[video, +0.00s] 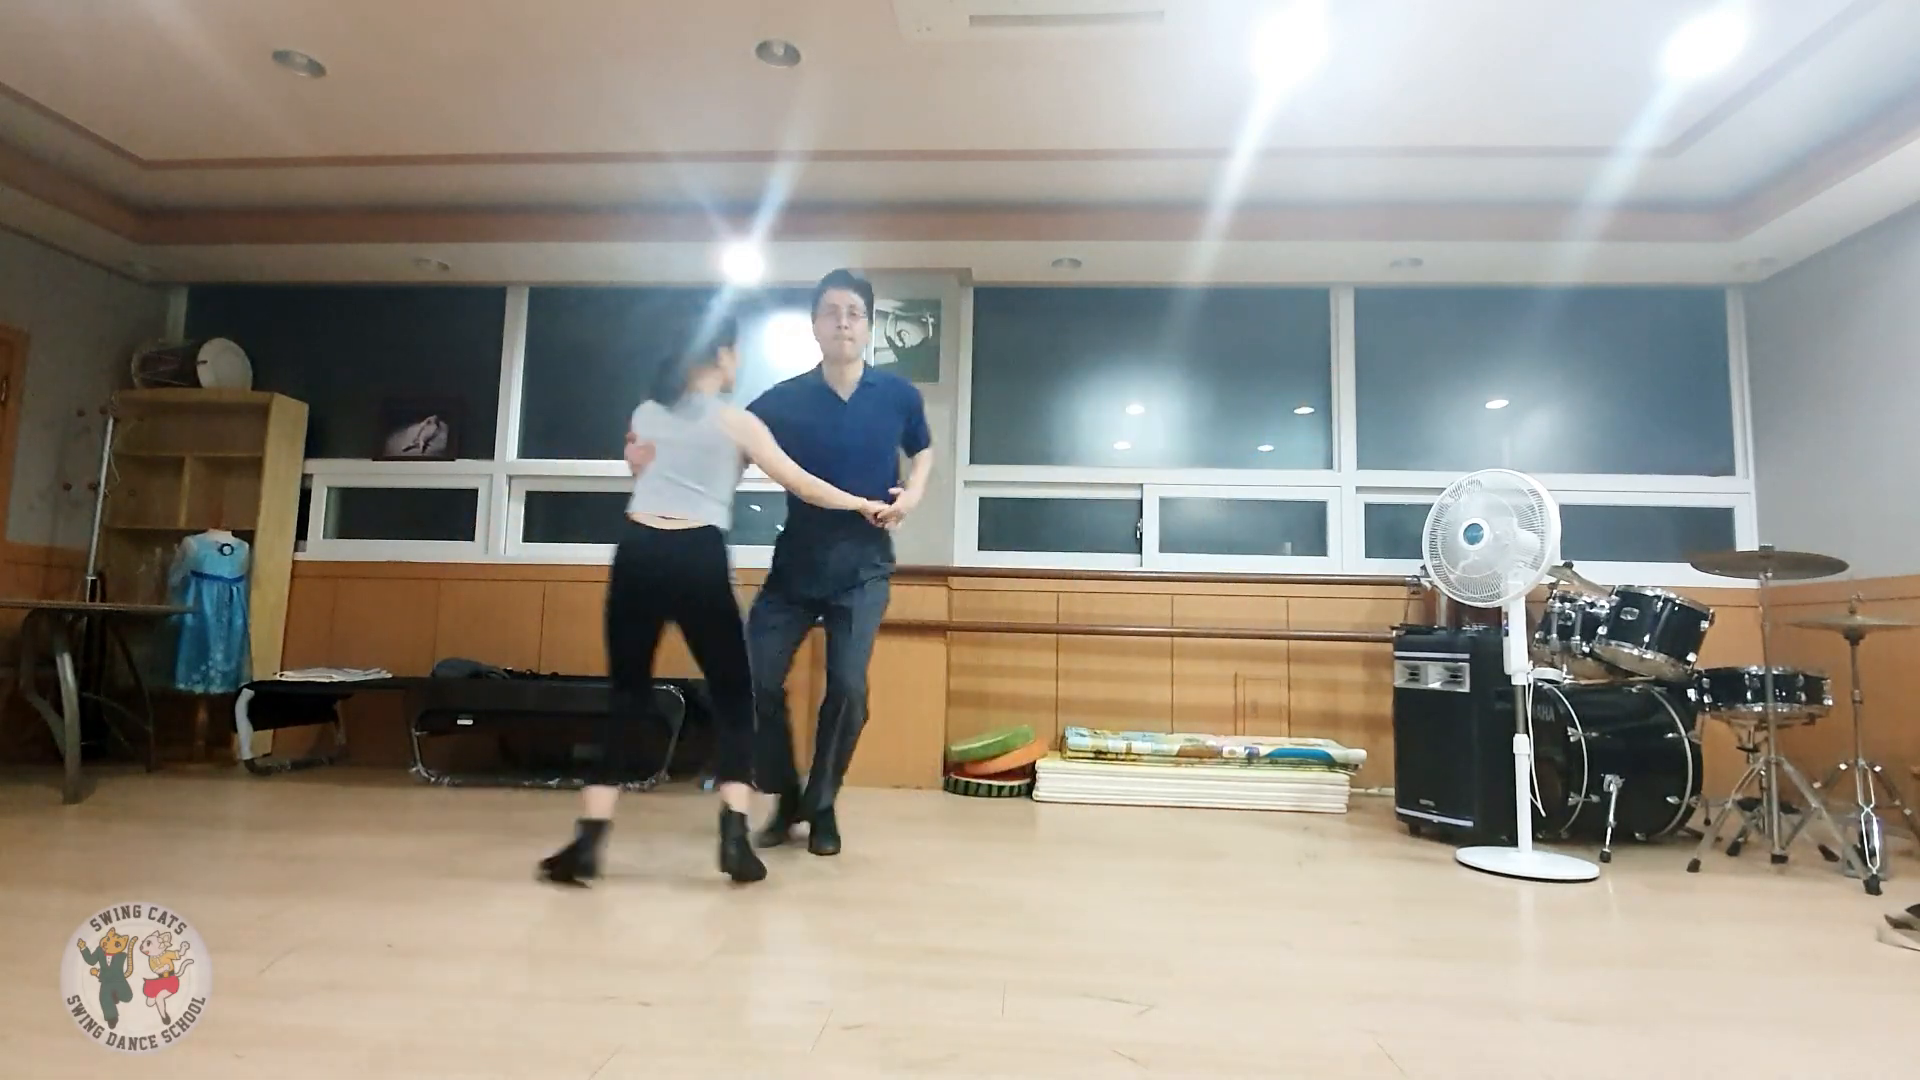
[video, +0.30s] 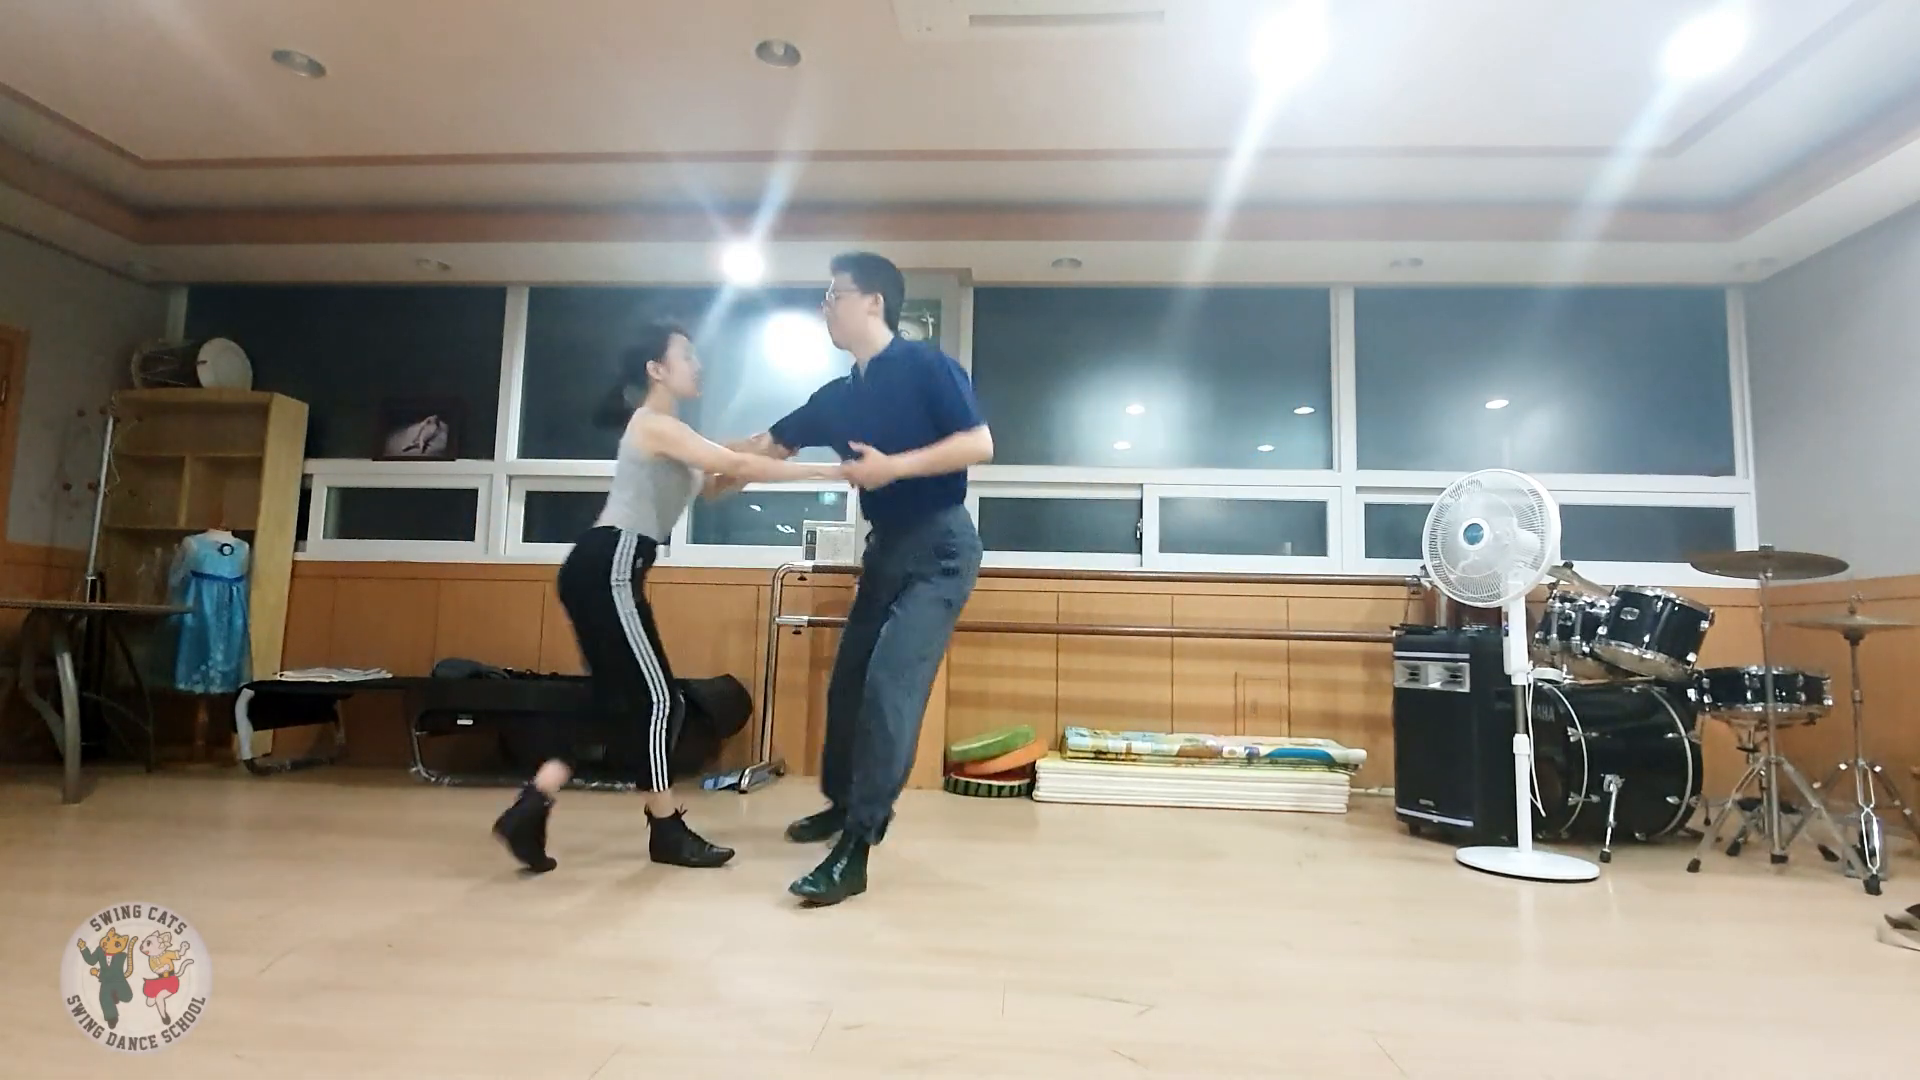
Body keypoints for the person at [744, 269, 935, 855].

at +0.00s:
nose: (843, 323)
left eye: (854, 314)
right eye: (831, 313)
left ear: (869, 327)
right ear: (814, 327)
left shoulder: (900, 395)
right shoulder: (783, 399)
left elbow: (921, 455)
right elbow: (726, 454)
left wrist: (911, 493)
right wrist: (655, 455)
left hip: (864, 561)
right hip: (798, 558)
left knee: (848, 687)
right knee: (758, 678)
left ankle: (822, 804)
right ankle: (788, 797)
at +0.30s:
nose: (824, 307)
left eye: (835, 296)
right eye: (826, 297)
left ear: (874, 303)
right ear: (859, 307)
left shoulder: (928, 366)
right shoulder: (835, 397)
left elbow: (978, 444)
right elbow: (773, 444)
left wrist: (894, 465)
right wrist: (721, 467)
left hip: (941, 547)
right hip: (888, 552)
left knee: (889, 680)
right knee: (849, 678)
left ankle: (856, 848)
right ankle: (845, 805)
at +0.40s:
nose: (823, 294)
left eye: (831, 283)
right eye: (826, 283)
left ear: (860, 288)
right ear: (859, 290)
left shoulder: (905, 336)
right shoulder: (857, 375)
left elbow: (941, 391)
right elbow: (815, 438)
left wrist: (842, 422)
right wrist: (765, 471)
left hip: (939, 536)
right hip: (902, 541)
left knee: (884, 677)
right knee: (863, 674)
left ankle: (855, 849)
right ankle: (934, 810)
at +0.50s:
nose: (829, 300)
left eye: (833, 289)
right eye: (833, 290)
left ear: (849, 290)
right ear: (890, 291)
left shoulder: (877, 328)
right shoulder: (899, 345)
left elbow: (839, 373)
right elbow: (884, 447)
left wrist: (738, 397)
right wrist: (817, 485)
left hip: (913, 535)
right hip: (940, 536)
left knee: (846, 689)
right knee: (907, 696)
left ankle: (856, 857)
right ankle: (968, 826)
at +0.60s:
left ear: (845, 298)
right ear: (902, 303)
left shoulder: (845, 343)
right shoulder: (925, 363)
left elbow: (759, 397)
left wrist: (661, 424)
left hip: (892, 527)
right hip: (953, 527)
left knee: (819, 688)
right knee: (935, 707)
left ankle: (856, 863)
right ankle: (934, 866)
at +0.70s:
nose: (922, 311)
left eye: (917, 303)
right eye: (921, 301)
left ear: (852, 300)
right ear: (910, 301)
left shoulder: (818, 348)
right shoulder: (949, 367)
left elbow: (735, 433)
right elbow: (973, 473)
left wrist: (693, 475)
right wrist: (945, 507)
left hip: (863, 517)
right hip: (946, 523)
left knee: (800, 698)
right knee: (929, 719)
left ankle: (843, 866)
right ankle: (924, 897)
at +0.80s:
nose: (929, 291)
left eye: (926, 280)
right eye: (926, 279)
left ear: (857, 278)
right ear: (906, 275)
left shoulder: (806, 337)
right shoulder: (941, 337)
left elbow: (761, 453)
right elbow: (974, 447)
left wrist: (777, 508)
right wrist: (945, 501)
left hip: (833, 502)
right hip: (921, 502)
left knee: (821, 686)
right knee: (929, 708)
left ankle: (824, 848)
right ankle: (922, 896)